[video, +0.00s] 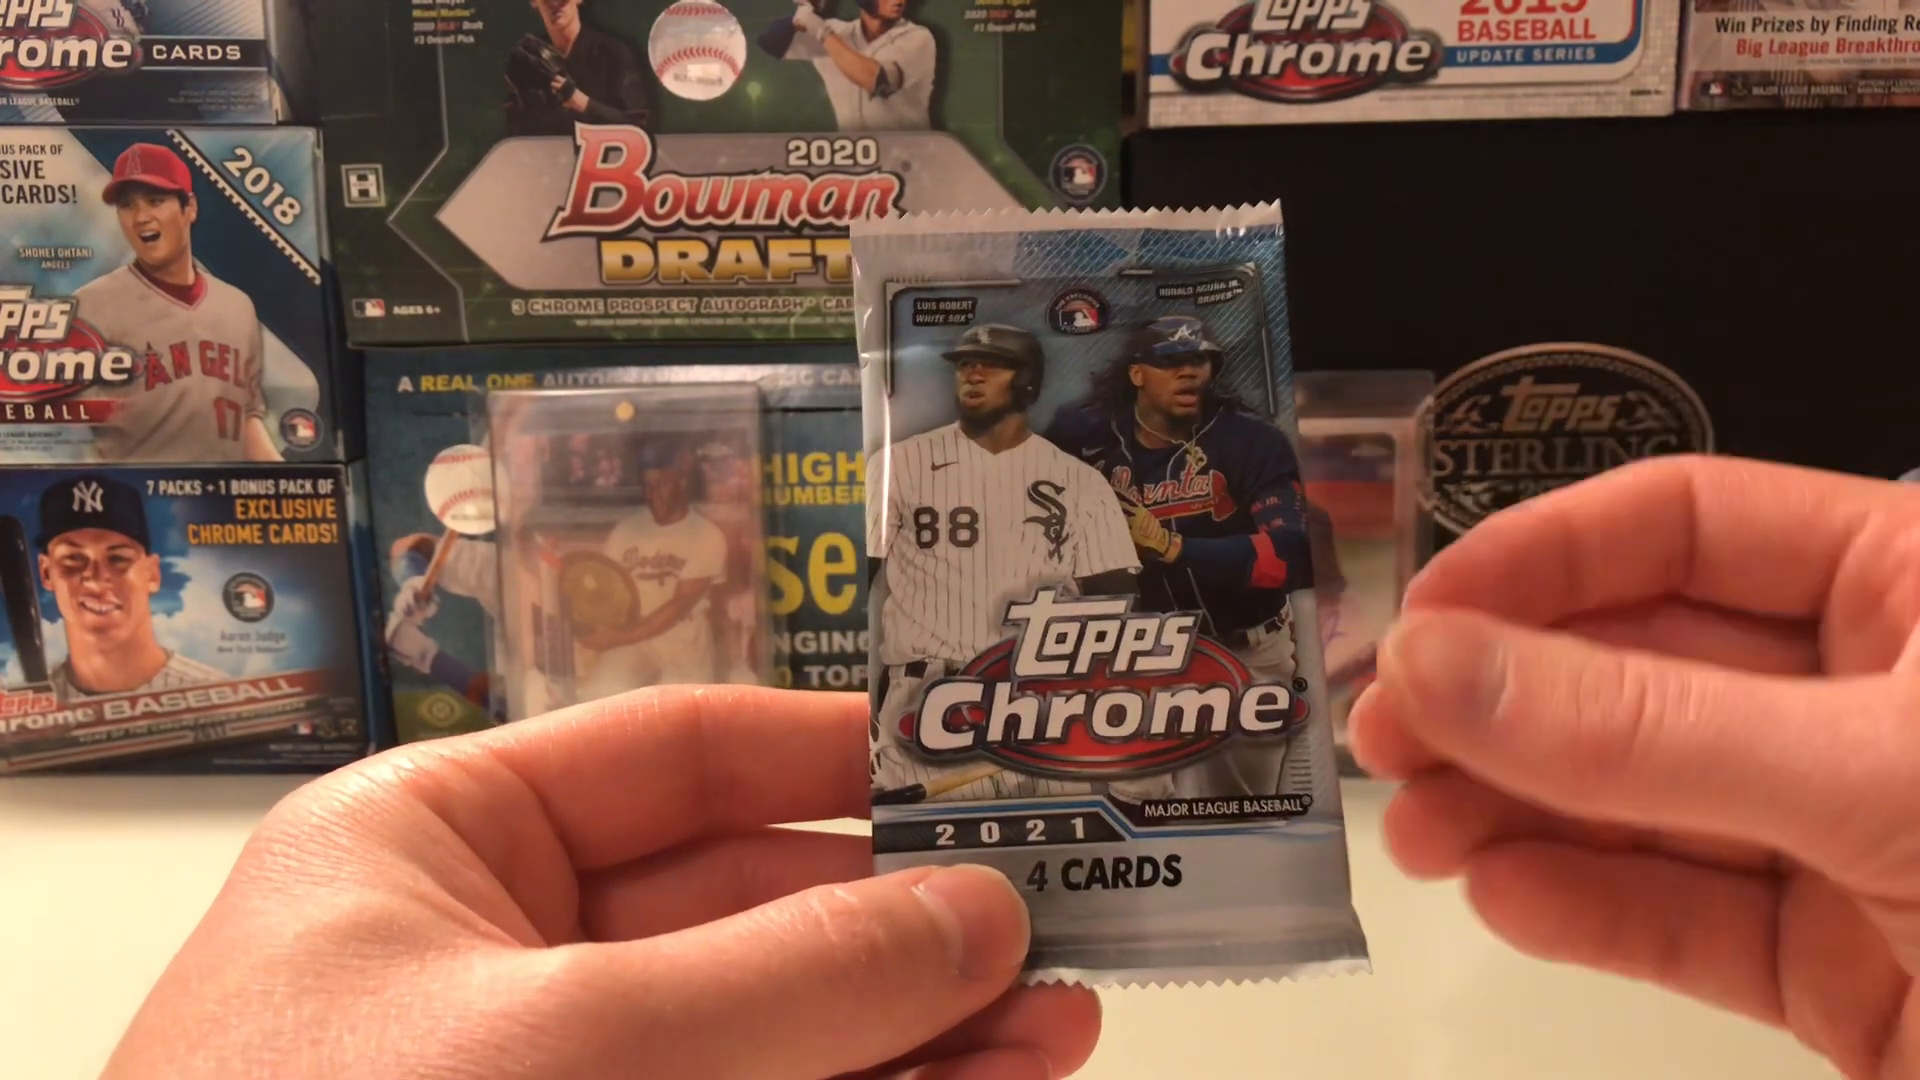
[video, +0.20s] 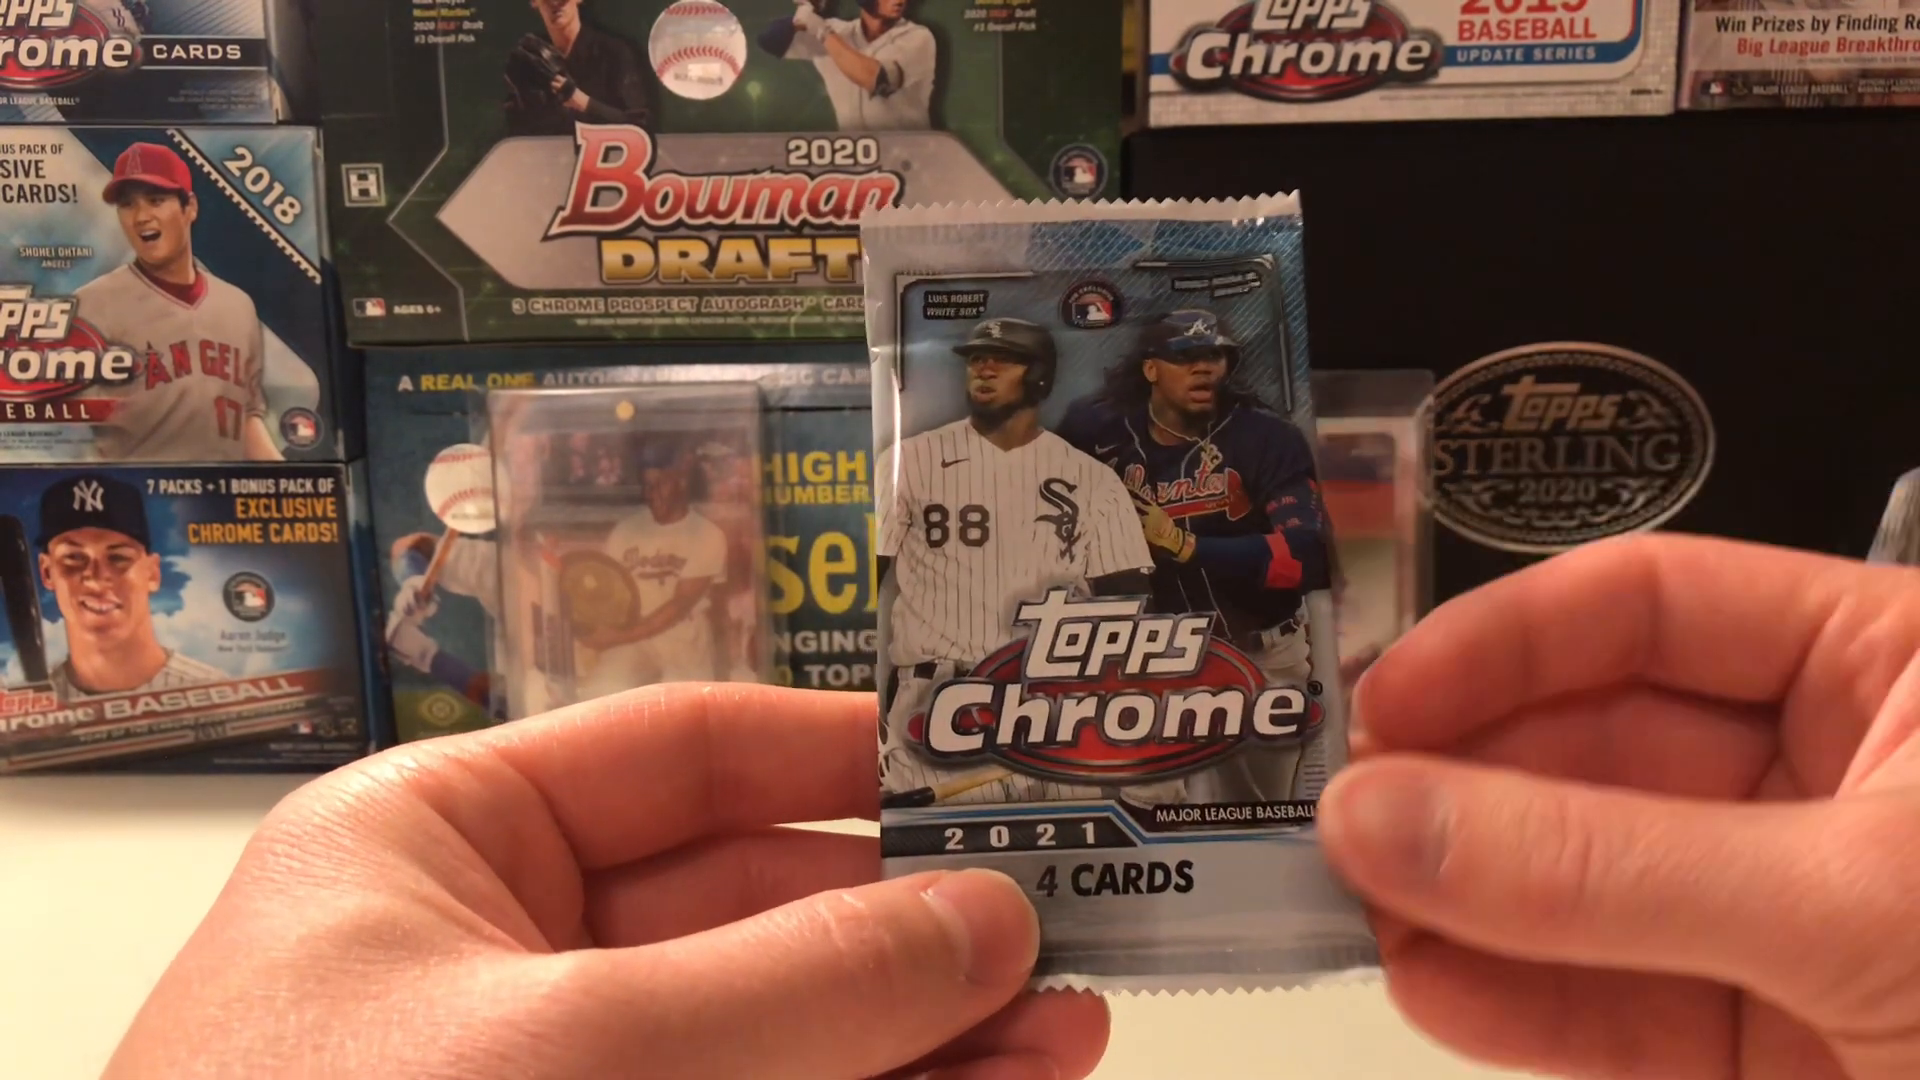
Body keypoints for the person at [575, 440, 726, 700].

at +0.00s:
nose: (650, 495)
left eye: (658, 486)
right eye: (646, 487)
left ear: (682, 484)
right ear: (642, 488)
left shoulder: (707, 536)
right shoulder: (624, 531)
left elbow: (680, 606)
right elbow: (603, 590)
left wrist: (618, 637)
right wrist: (597, 629)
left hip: (683, 641)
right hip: (628, 642)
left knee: (682, 711)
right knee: (600, 697)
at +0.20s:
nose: (652, 495)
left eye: (659, 485)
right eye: (647, 486)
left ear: (682, 484)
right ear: (642, 488)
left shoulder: (707, 535)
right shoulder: (624, 531)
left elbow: (681, 605)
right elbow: (603, 588)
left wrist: (621, 636)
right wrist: (596, 628)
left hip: (683, 639)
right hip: (628, 641)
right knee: (600, 697)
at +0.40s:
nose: (652, 495)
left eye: (659, 486)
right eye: (647, 487)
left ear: (682, 484)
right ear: (642, 489)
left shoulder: (707, 536)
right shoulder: (624, 531)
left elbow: (681, 605)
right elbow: (603, 588)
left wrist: (619, 636)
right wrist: (595, 628)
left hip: (683, 642)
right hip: (627, 643)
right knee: (601, 697)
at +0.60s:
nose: (655, 495)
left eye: (662, 485)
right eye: (649, 487)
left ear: (682, 484)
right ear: (643, 490)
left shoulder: (707, 535)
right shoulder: (624, 531)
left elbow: (681, 606)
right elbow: (602, 589)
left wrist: (618, 636)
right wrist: (595, 628)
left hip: (684, 642)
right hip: (628, 644)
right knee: (599, 696)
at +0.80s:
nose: (653, 493)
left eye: (661, 484)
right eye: (648, 485)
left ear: (681, 483)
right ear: (642, 489)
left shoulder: (707, 536)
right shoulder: (625, 530)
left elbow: (680, 607)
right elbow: (602, 588)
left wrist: (616, 637)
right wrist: (596, 629)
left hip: (684, 646)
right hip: (629, 646)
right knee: (600, 697)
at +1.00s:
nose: (653, 493)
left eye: (660, 484)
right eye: (648, 486)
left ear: (681, 484)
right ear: (642, 489)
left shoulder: (707, 536)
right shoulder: (624, 530)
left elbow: (680, 606)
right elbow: (602, 589)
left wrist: (616, 637)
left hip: (683, 644)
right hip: (628, 644)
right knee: (600, 698)